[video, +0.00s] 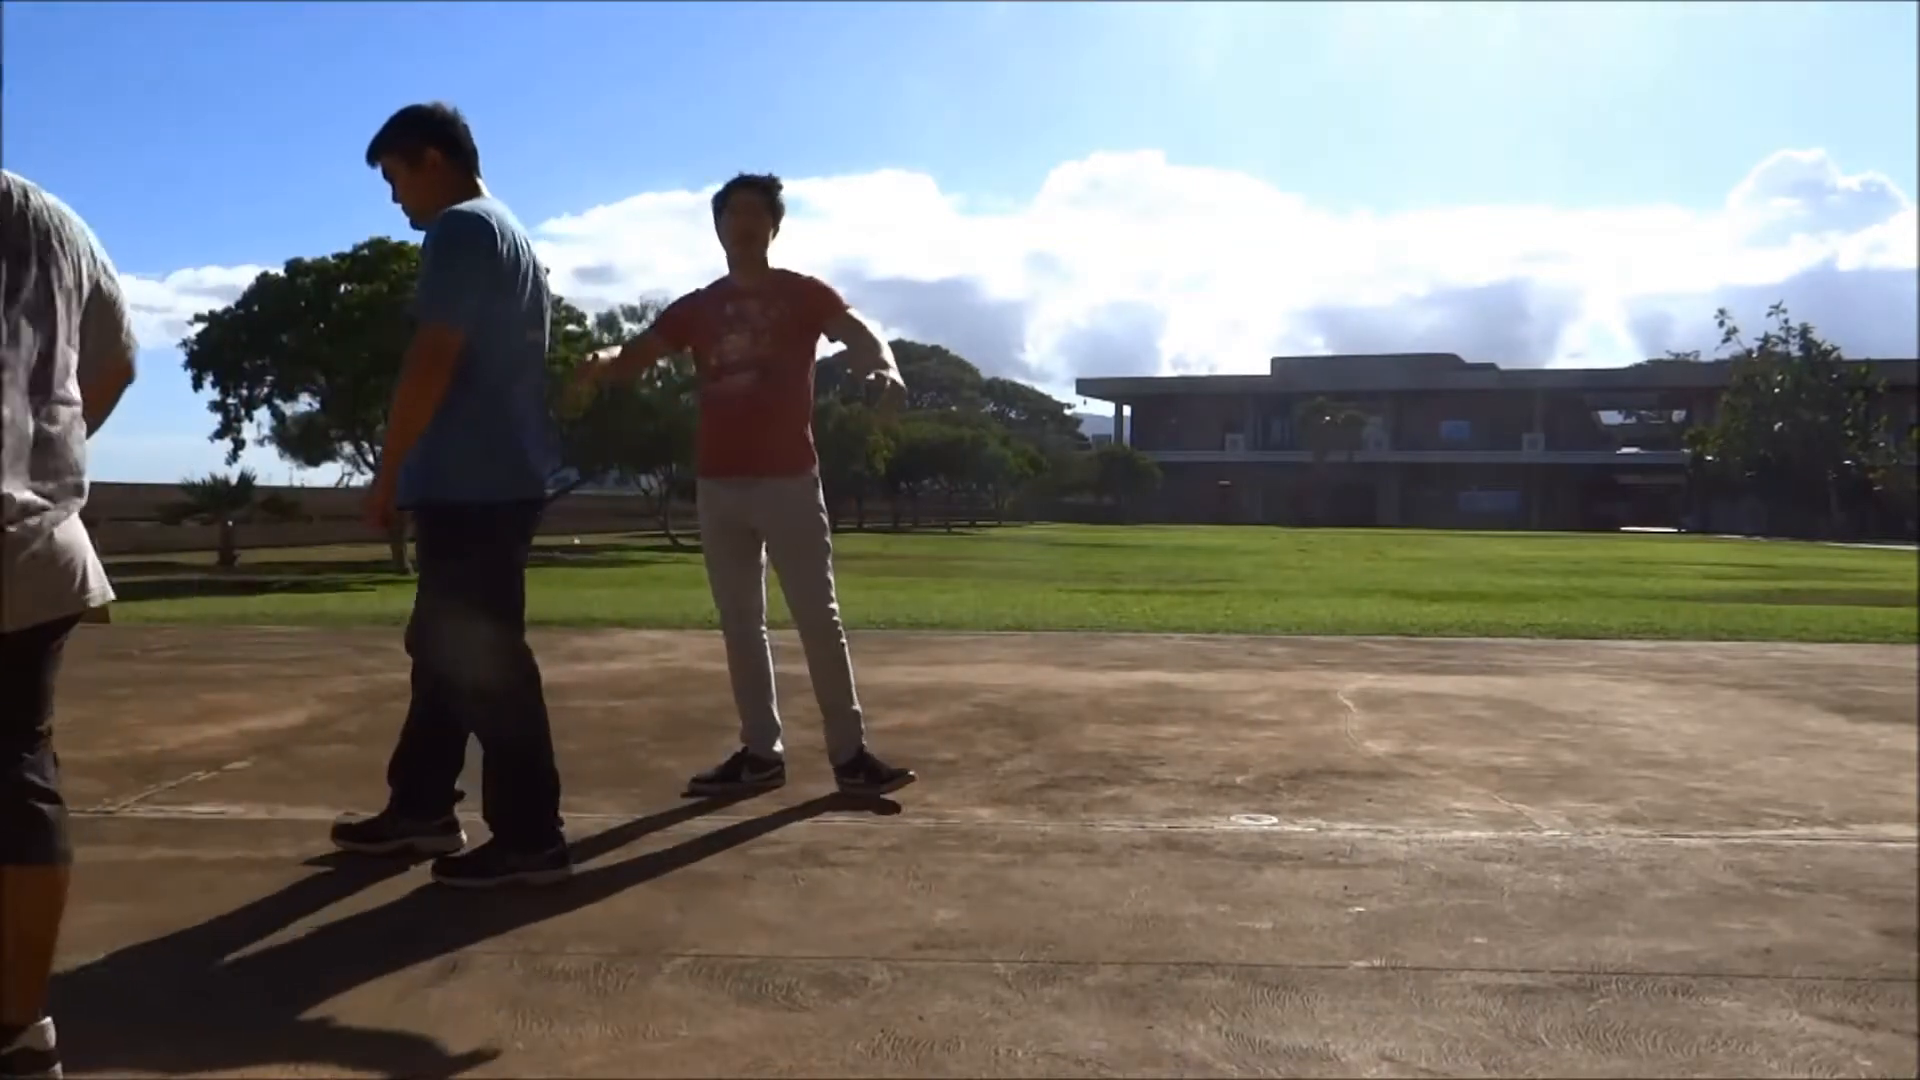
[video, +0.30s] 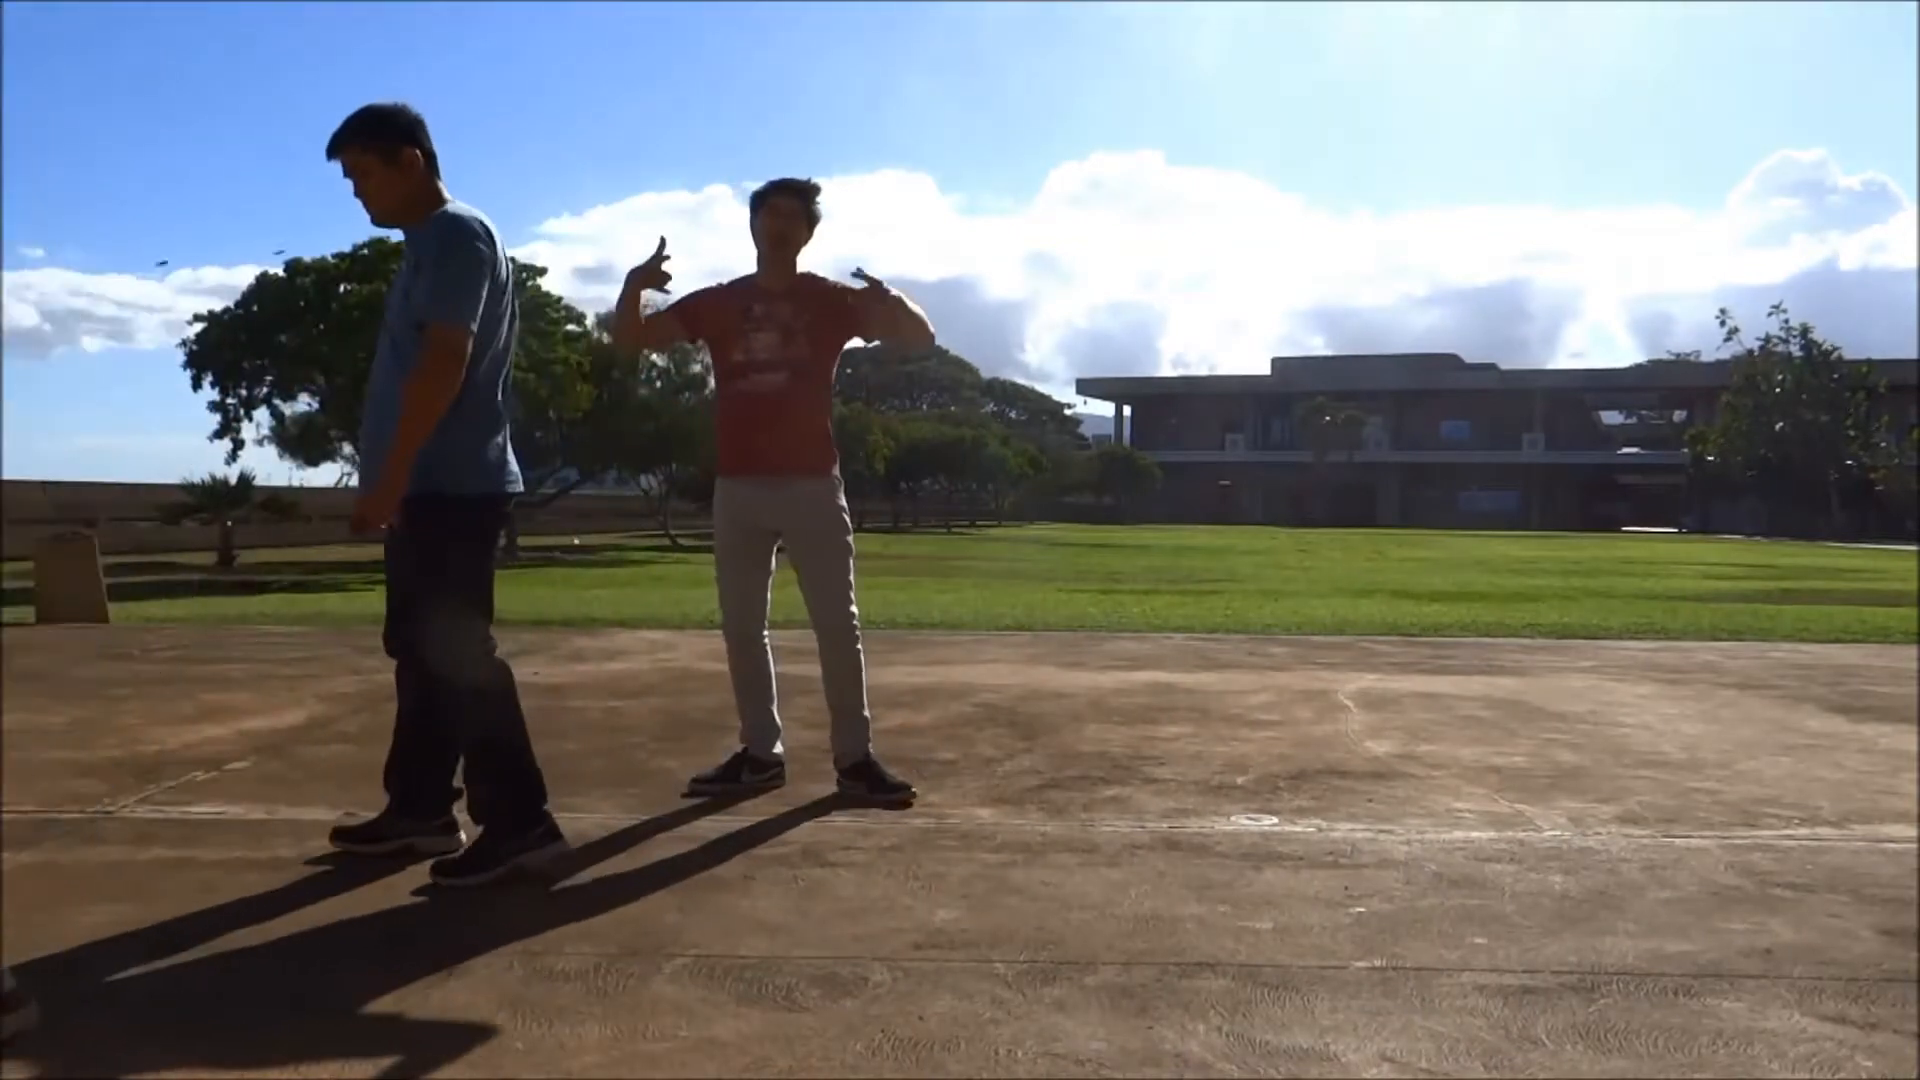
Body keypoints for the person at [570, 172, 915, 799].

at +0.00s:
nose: (743, 226)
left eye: (755, 215)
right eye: (733, 216)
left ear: (774, 224)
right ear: (718, 225)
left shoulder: (804, 294)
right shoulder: (697, 307)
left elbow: (863, 339)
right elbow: (635, 357)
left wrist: (883, 367)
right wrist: (601, 367)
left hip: (790, 483)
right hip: (721, 487)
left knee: (819, 619)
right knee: (740, 626)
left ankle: (850, 755)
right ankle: (762, 752)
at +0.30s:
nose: (779, 226)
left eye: (793, 217)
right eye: (770, 215)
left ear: (811, 230)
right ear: (752, 224)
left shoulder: (830, 300)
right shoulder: (719, 302)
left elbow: (918, 340)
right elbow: (631, 338)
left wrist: (887, 298)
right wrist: (633, 285)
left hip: (813, 488)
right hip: (740, 489)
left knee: (838, 625)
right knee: (742, 629)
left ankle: (856, 761)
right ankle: (761, 756)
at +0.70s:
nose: (834, 228)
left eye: (847, 220)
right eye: (826, 216)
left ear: (862, 235)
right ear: (806, 225)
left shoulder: (874, 310)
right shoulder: (766, 297)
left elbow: (954, 353)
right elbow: (683, 315)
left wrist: (936, 272)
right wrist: (727, 235)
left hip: (853, 492)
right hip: (778, 489)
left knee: (870, 628)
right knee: (757, 627)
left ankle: (859, 762)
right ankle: (761, 756)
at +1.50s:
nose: (897, 217)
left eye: (907, 207)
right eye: (885, 207)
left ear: (922, 217)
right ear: (863, 218)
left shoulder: (939, 303)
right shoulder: (832, 285)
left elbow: (1018, 360)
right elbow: (740, 302)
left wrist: (1001, 321)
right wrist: (807, 275)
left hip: (901, 484)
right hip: (831, 477)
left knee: (879, 629)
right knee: (810, 623)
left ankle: (859, 761)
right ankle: (786, 754)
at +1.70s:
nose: (922, 209)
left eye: (924, 200)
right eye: (907, 200)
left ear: (927, 215)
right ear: (872, 216)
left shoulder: (949, 305)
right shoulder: (833, 288)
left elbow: (994, 379)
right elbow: (765, 349)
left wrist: (976, 397)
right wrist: (816, 381)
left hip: (911, 480)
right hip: (846, 476)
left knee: (886, 620)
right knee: (850, 615)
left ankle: (866, 760)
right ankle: (837, 765)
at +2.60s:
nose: (974, 193)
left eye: (970, 182)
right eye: (961, 183)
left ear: (941, 197)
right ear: (921, 196)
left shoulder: (976, 284)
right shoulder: (869, 282)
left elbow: (1007, 381)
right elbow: (828, 392)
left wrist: (1055, 462)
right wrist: (816, 494)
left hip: (966, 479)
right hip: (904, 480)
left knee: (962, 627)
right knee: (923, 627)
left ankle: (876, 733)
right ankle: (923, 784)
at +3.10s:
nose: (1003, 188)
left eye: (1002, 176)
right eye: (988, 176)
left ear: (983, 191)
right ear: (944, 188)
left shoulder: (991, 283)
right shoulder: (900, 274)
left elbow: (995, 390)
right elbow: (876, 391)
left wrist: (1018, 471)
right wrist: (897, 489)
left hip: (996, 485)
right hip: (933, 488)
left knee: (1029, 624)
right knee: (937, 640)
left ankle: (976, 768)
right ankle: (925, 787)